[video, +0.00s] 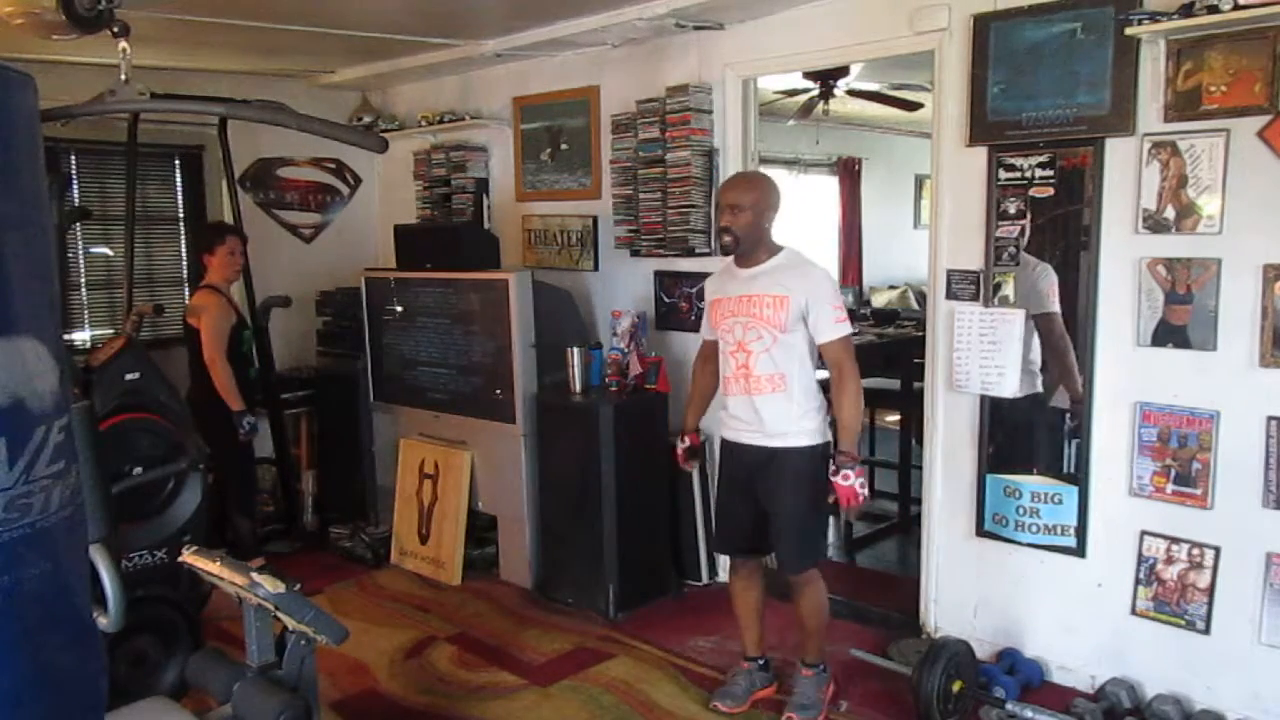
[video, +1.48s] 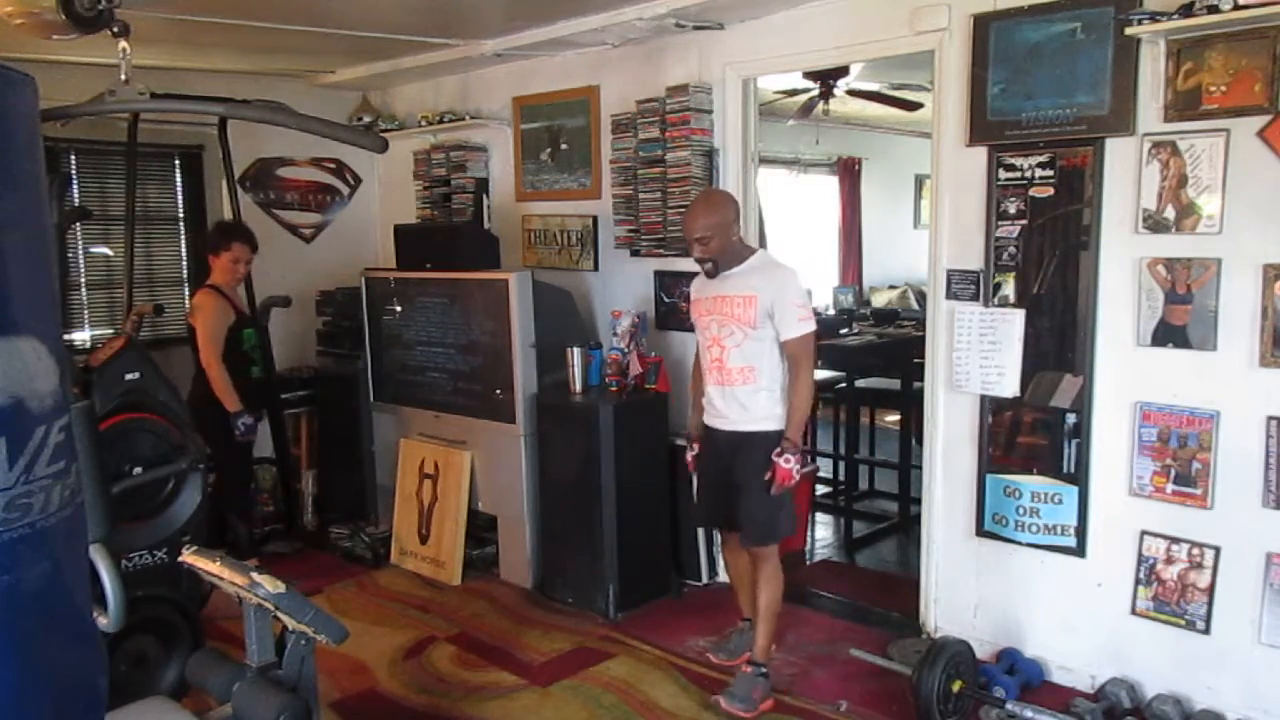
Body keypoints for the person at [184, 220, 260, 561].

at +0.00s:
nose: (239, 261)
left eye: (241, 254)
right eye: (231, 254)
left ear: (242, 258)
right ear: (208, 259)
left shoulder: (208, 297)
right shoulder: (214, 303)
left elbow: (214, 357)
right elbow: (215, 360)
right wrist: (240, 410)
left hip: (209, 402)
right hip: (220, 405)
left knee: (227, 478)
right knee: (239, 479)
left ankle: (224, 548)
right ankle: (248, 553)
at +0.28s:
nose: (237, 261)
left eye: (240, 255)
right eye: (229, 254)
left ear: (241, 258)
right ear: (207, 259)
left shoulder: (209, 297)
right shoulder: (214, 304)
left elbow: (214, 358)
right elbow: (214, 361)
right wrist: (238, 411)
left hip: (210, 402)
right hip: (220, 406)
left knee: (225, 479)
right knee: (238, 480)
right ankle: (247, 553)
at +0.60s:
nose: (238, 261)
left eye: (240, 254)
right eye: (230, 254)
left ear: (242, 257)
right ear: (208, 259)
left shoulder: (208, 296)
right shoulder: (215, 303)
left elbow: (213, 357)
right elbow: (215, 360)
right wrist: (239, 410)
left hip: (209, 402)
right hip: (220, 406)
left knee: (224, 479)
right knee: (237, 480)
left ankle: (220, 548)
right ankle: (245, 552)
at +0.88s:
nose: (240, 263)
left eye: (242, 256)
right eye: (231, 255)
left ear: (243, 258)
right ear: (209, 258)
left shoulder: (209, 296)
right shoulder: (215, 304)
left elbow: (215, 358)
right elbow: (215, 361)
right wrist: (239, 410)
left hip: (209, 402)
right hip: (220, 406)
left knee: (226, 479)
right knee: (237, 480)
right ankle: (245, 552)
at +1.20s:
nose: (242, 268)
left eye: (245, 260)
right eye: (234, 259)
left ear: (248, 260)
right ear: (212, 259)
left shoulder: (224, 295)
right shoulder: (212, 302)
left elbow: (228, 354)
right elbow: (216, 359)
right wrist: (246, 407)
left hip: (219, 401)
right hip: (218, 405)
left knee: (233, 478)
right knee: (236, 479)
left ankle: (235, 549)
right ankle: (241, 552)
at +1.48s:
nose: (243, 270)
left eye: (247, 263)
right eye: (236, 261)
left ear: (251, 262)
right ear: (214, 259)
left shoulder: (230, 295)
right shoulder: (210, 301)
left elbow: (236, 353)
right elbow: (211, 361)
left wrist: (253, 396)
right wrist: (237, 410)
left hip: (234, 400)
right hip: (218, 405)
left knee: (237, 478)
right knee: (232, 481)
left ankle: (239, 547)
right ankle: (235, 551)